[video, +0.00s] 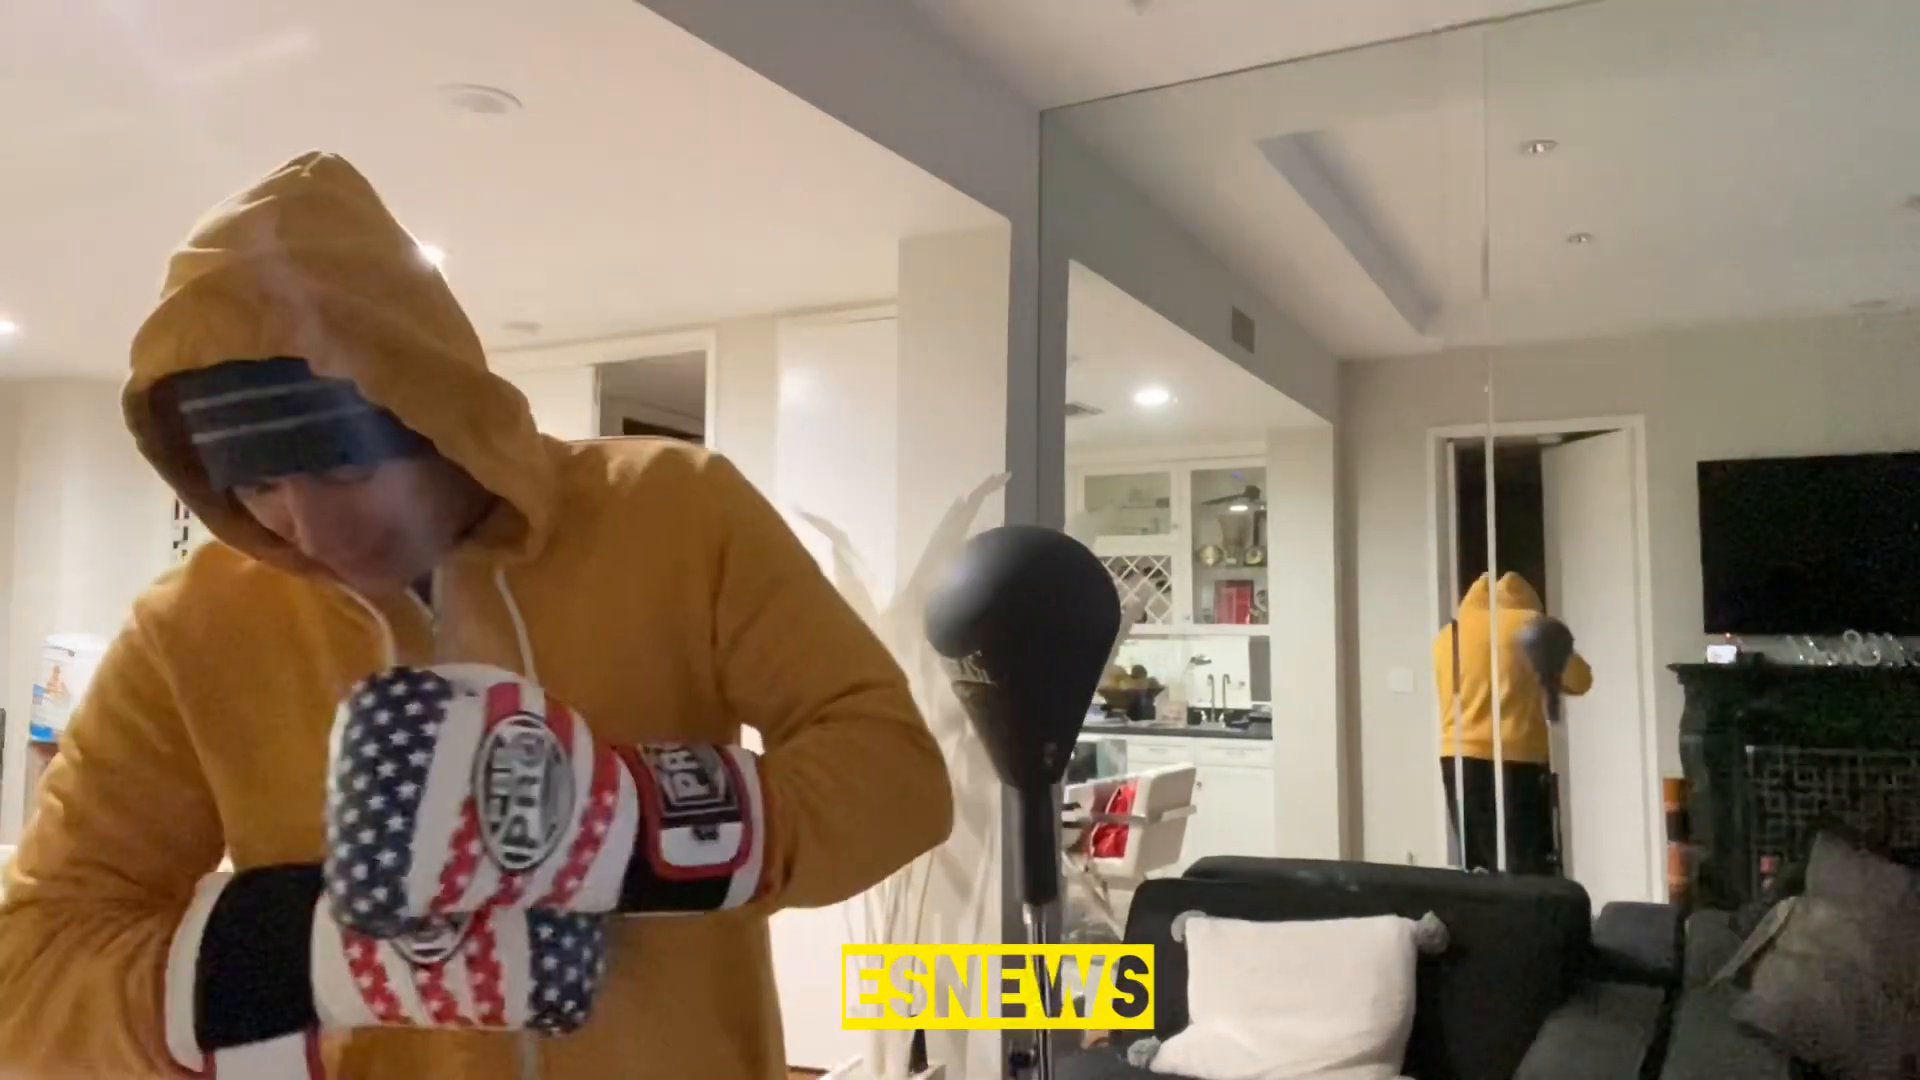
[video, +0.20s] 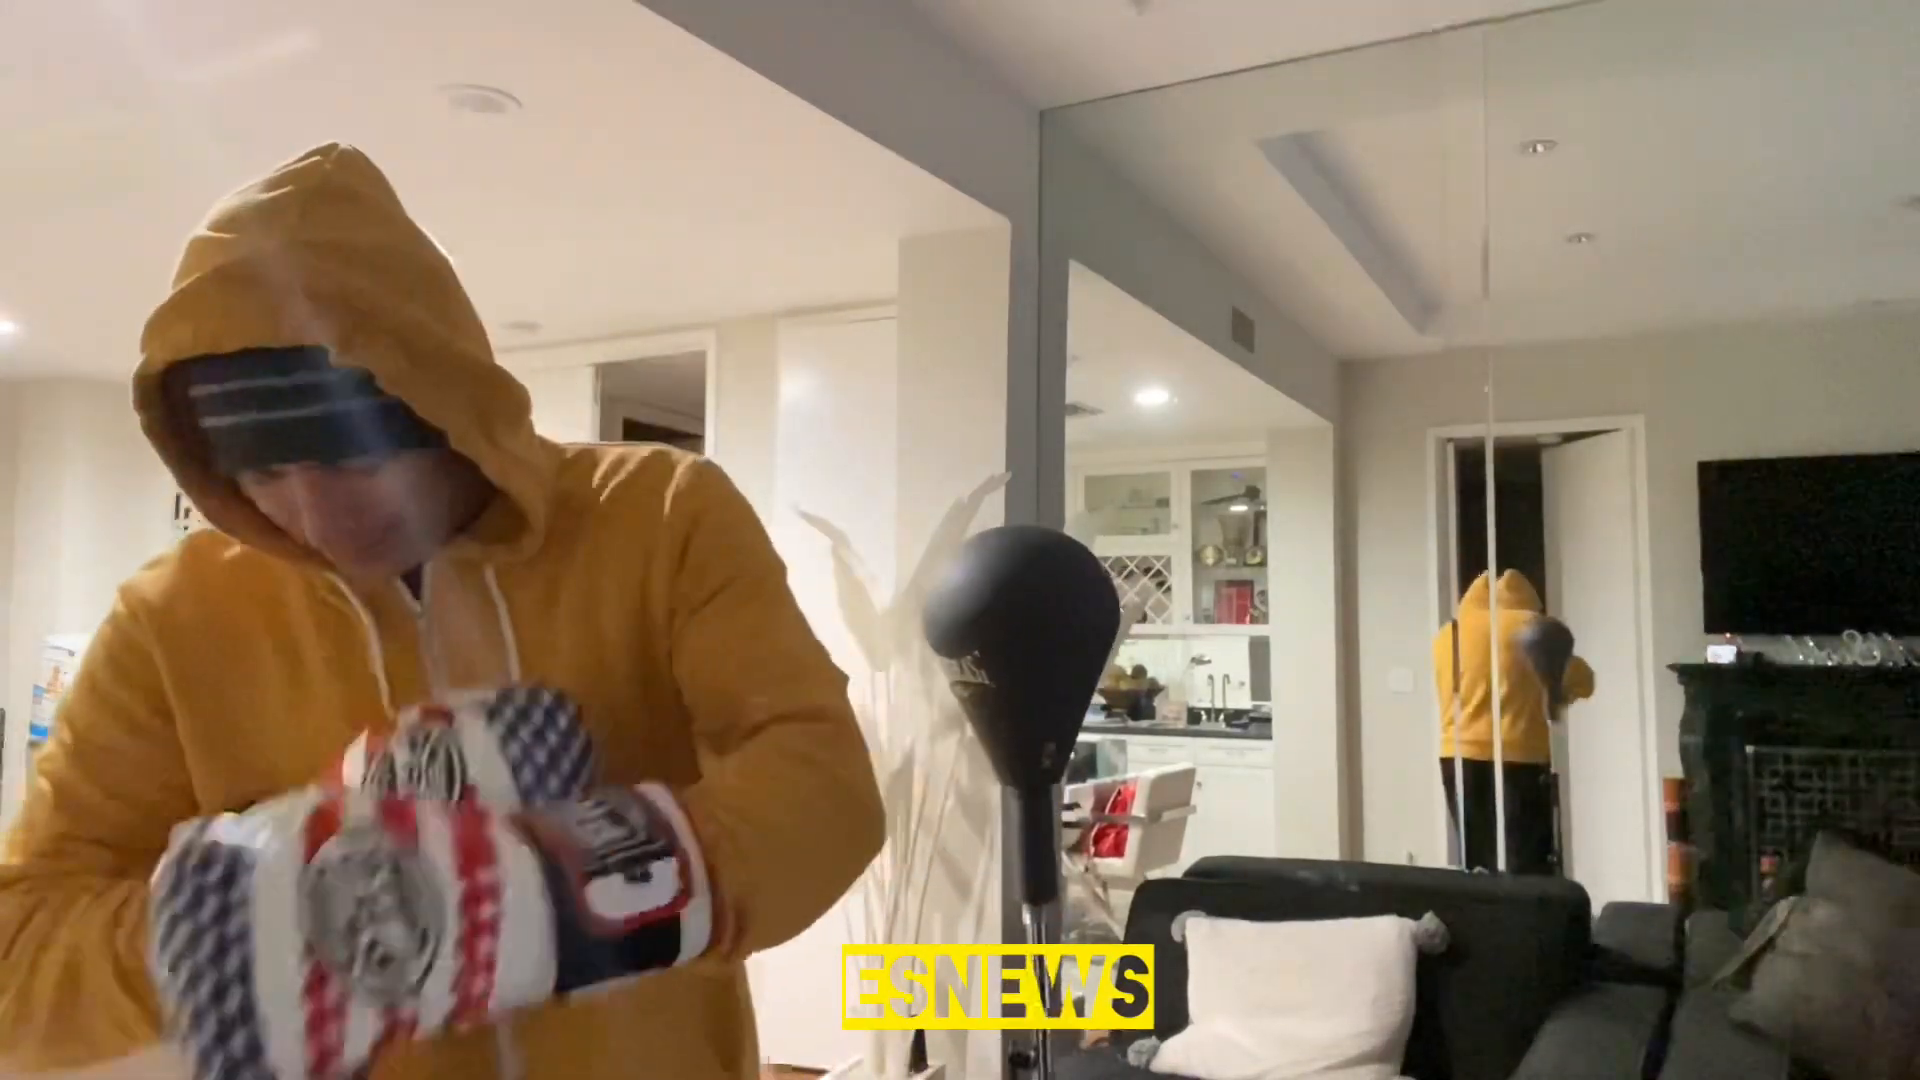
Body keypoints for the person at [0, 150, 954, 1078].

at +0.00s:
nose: (299, 525)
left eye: (330, 456)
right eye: (250, 486)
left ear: (435, 404)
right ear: (212, 486)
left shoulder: (679, 519)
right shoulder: (188, 641)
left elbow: (896, 774)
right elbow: (32, 978)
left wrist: (632, 816)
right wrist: (322, 958)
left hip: (687, 1064)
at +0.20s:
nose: (314, 513)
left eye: (347, 448)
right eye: (265, 469)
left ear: (443, 398)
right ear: (222, 470)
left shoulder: (666, 524)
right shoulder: (172, 630)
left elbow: (826, 786)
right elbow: (27, 947)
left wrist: (587, 873)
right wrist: (296, 904)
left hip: (657, 1062)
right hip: (334, 1072)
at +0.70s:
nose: (465, 466)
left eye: (509, 411)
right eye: (419, 414)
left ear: (591, 406)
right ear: (368, 417)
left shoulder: (732, 572)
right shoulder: (278, 560)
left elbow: (910, 812)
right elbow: (160, 859)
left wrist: (655, 911)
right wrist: (418, 750)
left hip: (629, 1065)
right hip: (317, 1063)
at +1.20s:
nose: (612, 509)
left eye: (654, 467)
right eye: (579, 463)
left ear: (702, 463)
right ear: (512, 440)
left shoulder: (766, 604)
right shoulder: (371, 545)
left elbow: (814, 820)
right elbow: (264, 824)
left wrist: (889, 916)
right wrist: (518, 944)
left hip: (665, 1066)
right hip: (403, 1063)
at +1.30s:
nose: (633, 511)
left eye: (672, 470)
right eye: (599, 463)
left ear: (715, 471)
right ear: (532, 447)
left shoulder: (768, 604)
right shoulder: (390, 544)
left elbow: (809, 841)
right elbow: (294, 828)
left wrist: (881, 854)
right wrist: (540, 958)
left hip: (675, 1063)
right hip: (422, 1060)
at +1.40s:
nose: (643, 510)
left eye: (681, 471)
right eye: (608, 465)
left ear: (722, 472)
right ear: (542, 450)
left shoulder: (767, 598)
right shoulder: (400, 547)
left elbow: (830, 884)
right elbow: (317, 839)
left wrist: (820, 808)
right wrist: (554, 958)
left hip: (682, 1057)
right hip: (438, 1057)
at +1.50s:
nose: (640, 505)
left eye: (678, 465)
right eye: (604, 462)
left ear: (720, 465)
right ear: (538, 451)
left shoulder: (773, 594)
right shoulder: (402, 551)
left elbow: (847, 853)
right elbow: (332, 842)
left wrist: (788, 817)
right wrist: (597, 966)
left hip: (693, 1061)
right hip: (448, 1059)